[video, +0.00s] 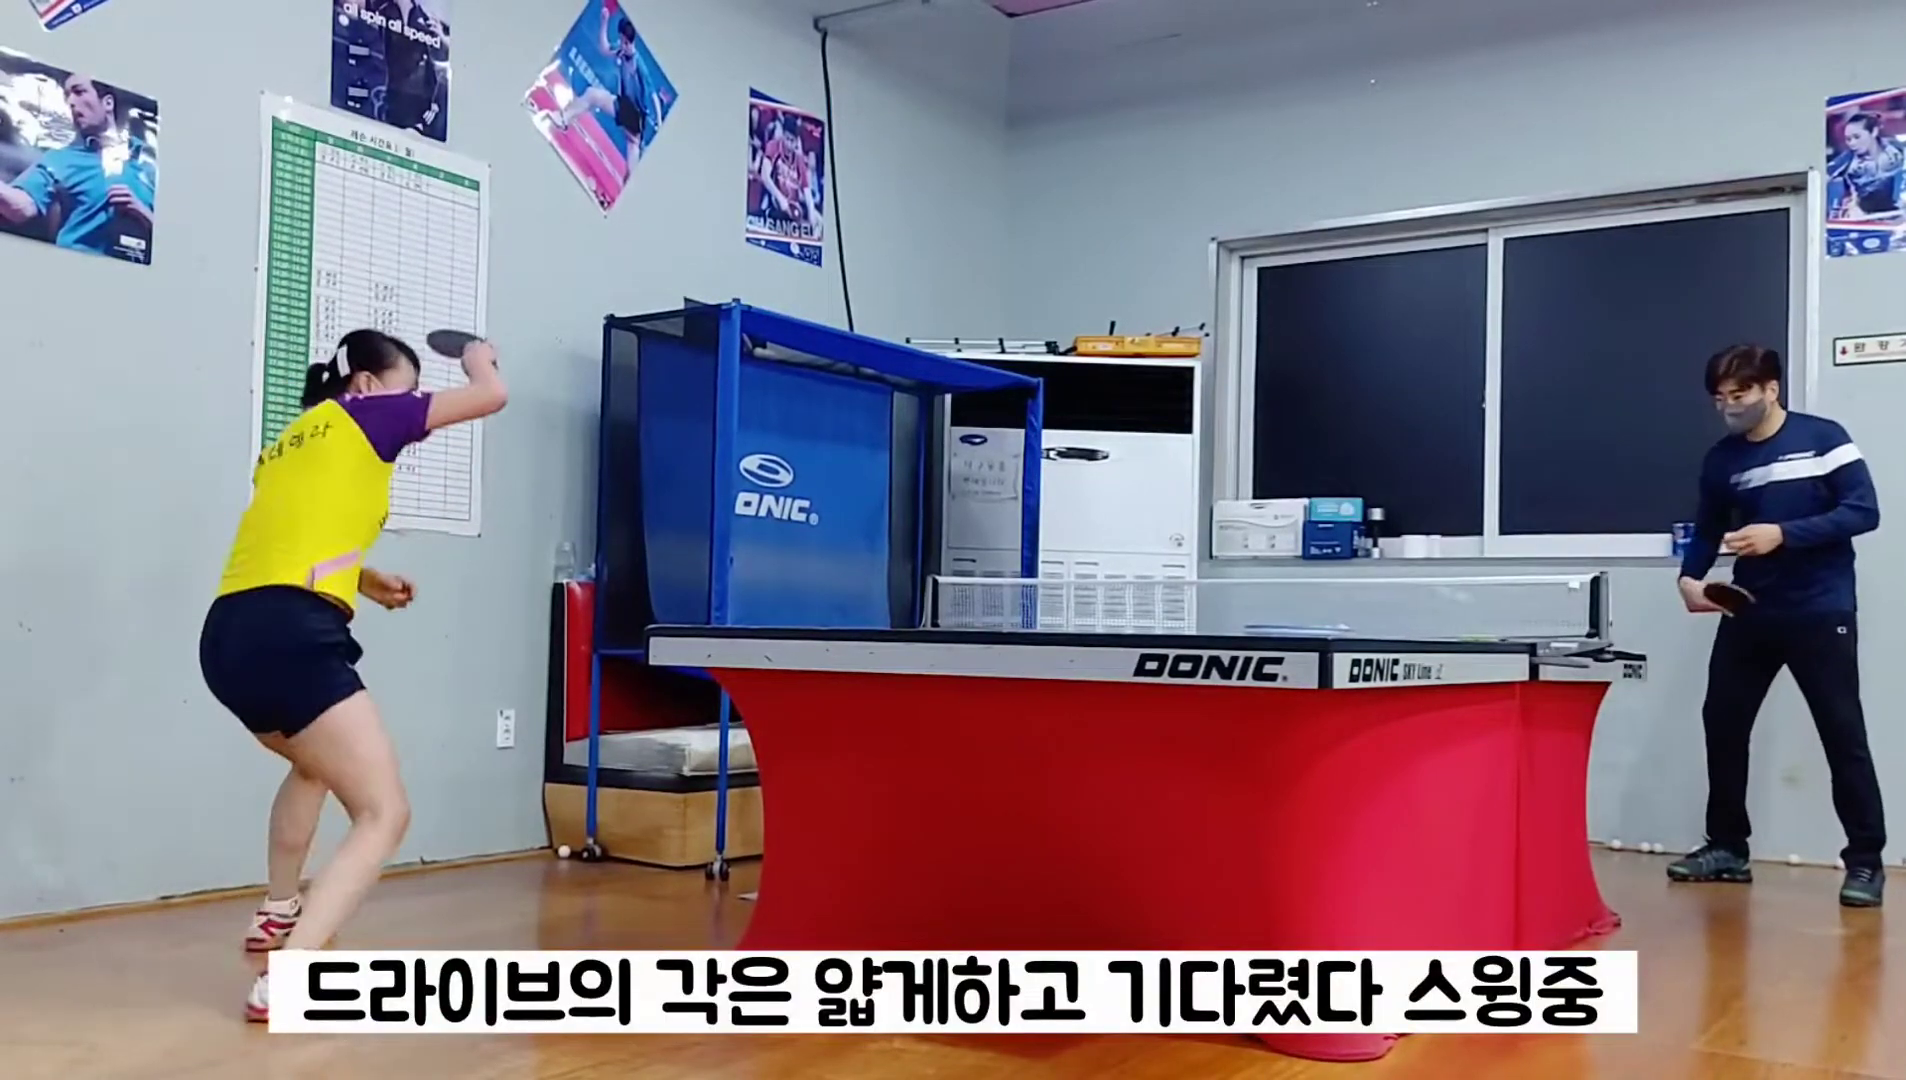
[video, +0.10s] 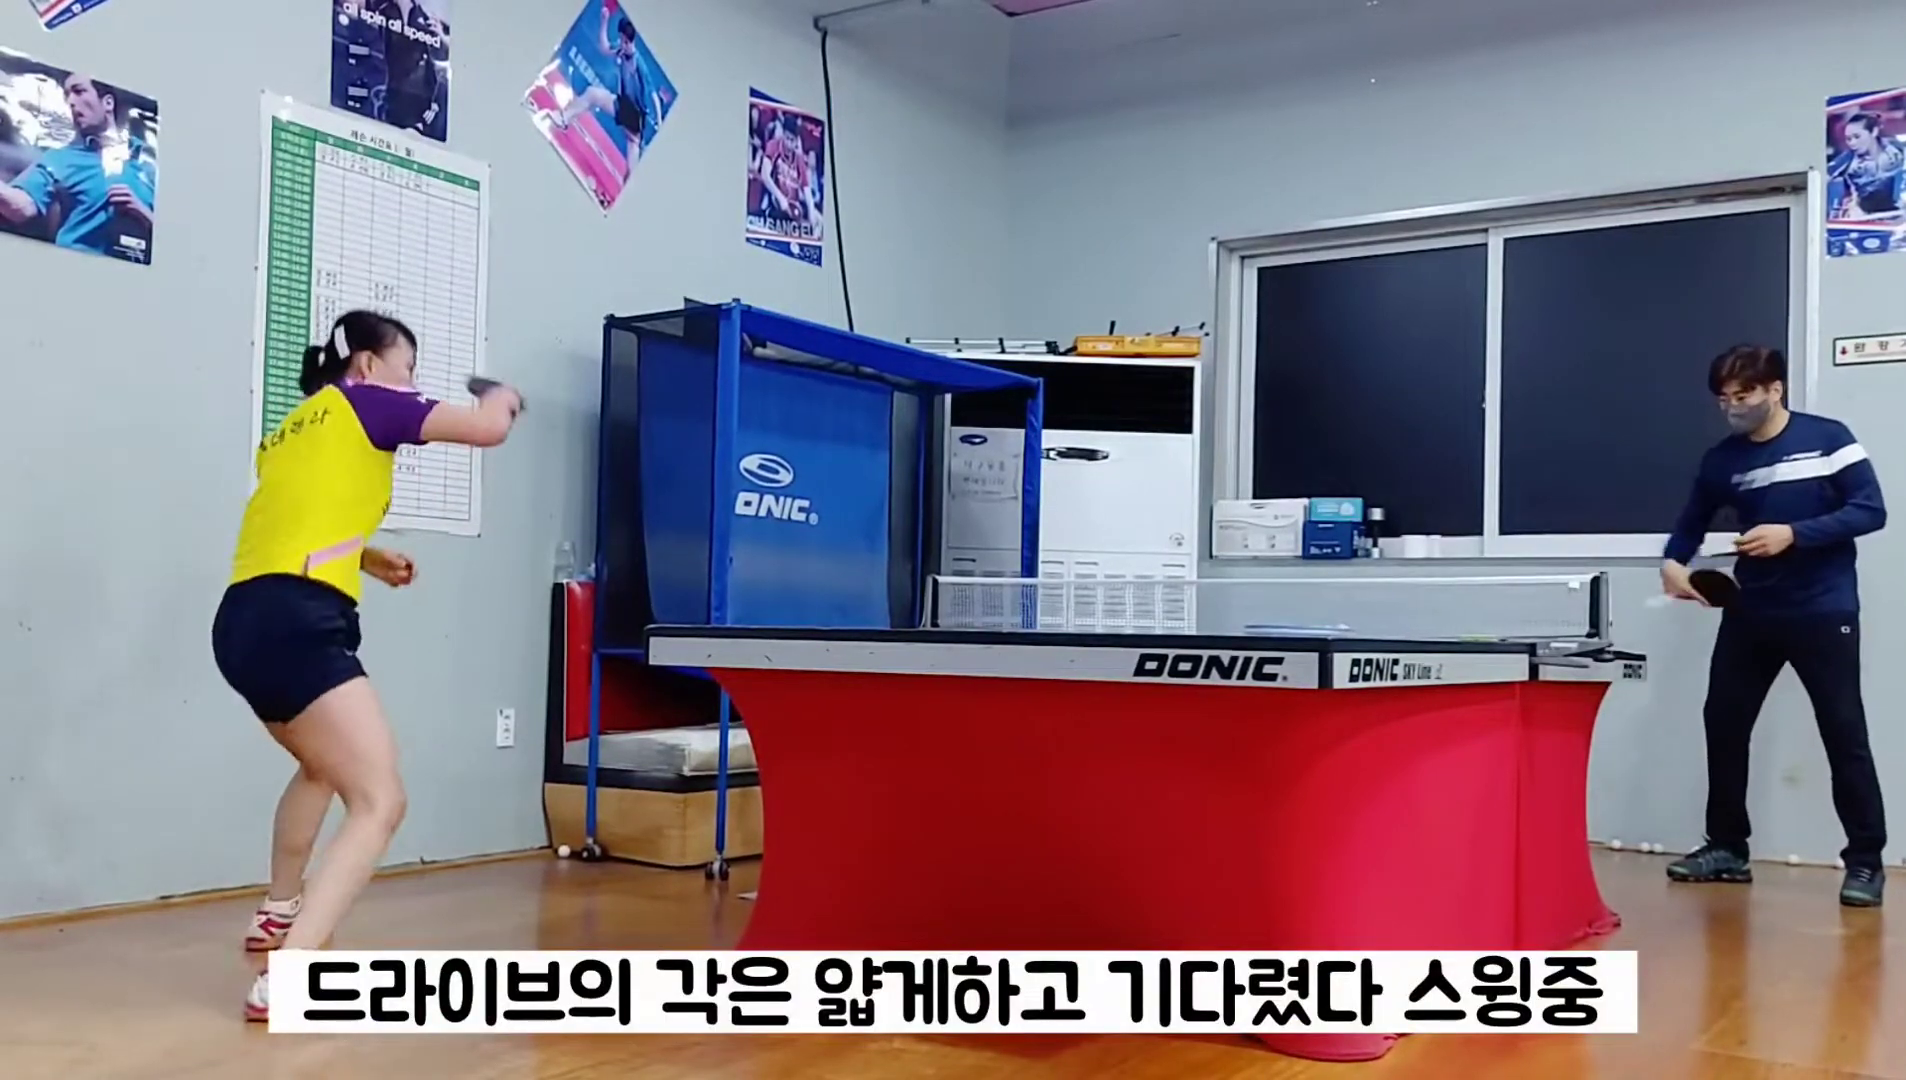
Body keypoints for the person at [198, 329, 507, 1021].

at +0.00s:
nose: (411, 402)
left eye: (413, 392)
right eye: (406, 390)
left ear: (349, 382)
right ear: (367, 380)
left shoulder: (293, 438)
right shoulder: (371, 414)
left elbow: (295, 530)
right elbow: (491, 398)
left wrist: (366, 577)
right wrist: (482, 365)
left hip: (225, 635)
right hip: (291, 629)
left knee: (311, 767)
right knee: (383, 814)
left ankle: (281, 910)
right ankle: (286, 981)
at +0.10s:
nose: (412, 381)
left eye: (412, 369)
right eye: (406, 367)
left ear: (345, 365)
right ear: (367, 361)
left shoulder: (293, 427)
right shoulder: (367, 401)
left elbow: (293, 515)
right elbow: (487, 428)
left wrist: (367, 554)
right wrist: (501, 397)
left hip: (240, 623)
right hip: (297, 619)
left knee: (320, 771)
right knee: (379, 802)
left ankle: (278, 910)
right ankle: (288, 979)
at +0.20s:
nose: (418, 343)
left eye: (418, 330)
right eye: (410, 328)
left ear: (364, 332)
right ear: (371, 328)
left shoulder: (337, 392)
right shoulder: (347, 377)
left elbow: (308, 508)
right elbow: (414, 470)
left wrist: (382, 525)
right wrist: (490, 464)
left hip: (285, 601)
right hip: (292, 602)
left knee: (337, 765)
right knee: (366, 774)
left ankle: (280, 899)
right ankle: (293, 965)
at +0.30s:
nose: (422, 338)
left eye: (422, 325)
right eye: (414, 324)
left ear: (378, 334)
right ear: (370, 330)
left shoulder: (378, 415)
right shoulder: (329, 391)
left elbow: (356, 517)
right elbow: (303, 508)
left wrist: (431, 550)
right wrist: (402, 536)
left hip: (335, 608)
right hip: (280, 603)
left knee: (362, 766)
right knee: (360, 763)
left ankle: (274, 893)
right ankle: (305, 949)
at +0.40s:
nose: (421, 378)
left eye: (422, 364)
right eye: (411, 363)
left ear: (373, 374)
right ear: (363, 373)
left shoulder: (415, 459)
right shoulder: (292, 450)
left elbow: (413, 538)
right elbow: (221, 550)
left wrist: (410, 560)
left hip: (355, 648)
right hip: (274, 636)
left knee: (370, 811)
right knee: (360, 771)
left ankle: (265, 898)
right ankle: (304, 957)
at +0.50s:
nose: (411, 414)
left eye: (413, 400)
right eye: (398, 399)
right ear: (349, 408)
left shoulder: (420, 480)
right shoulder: (281, 479)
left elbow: (431, 570)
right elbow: (189, 559)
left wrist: (404, 586)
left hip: (361, 664)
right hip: (277, 649)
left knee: (372, 834)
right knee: (360, 767)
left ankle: (267, 902)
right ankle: (304, 959)